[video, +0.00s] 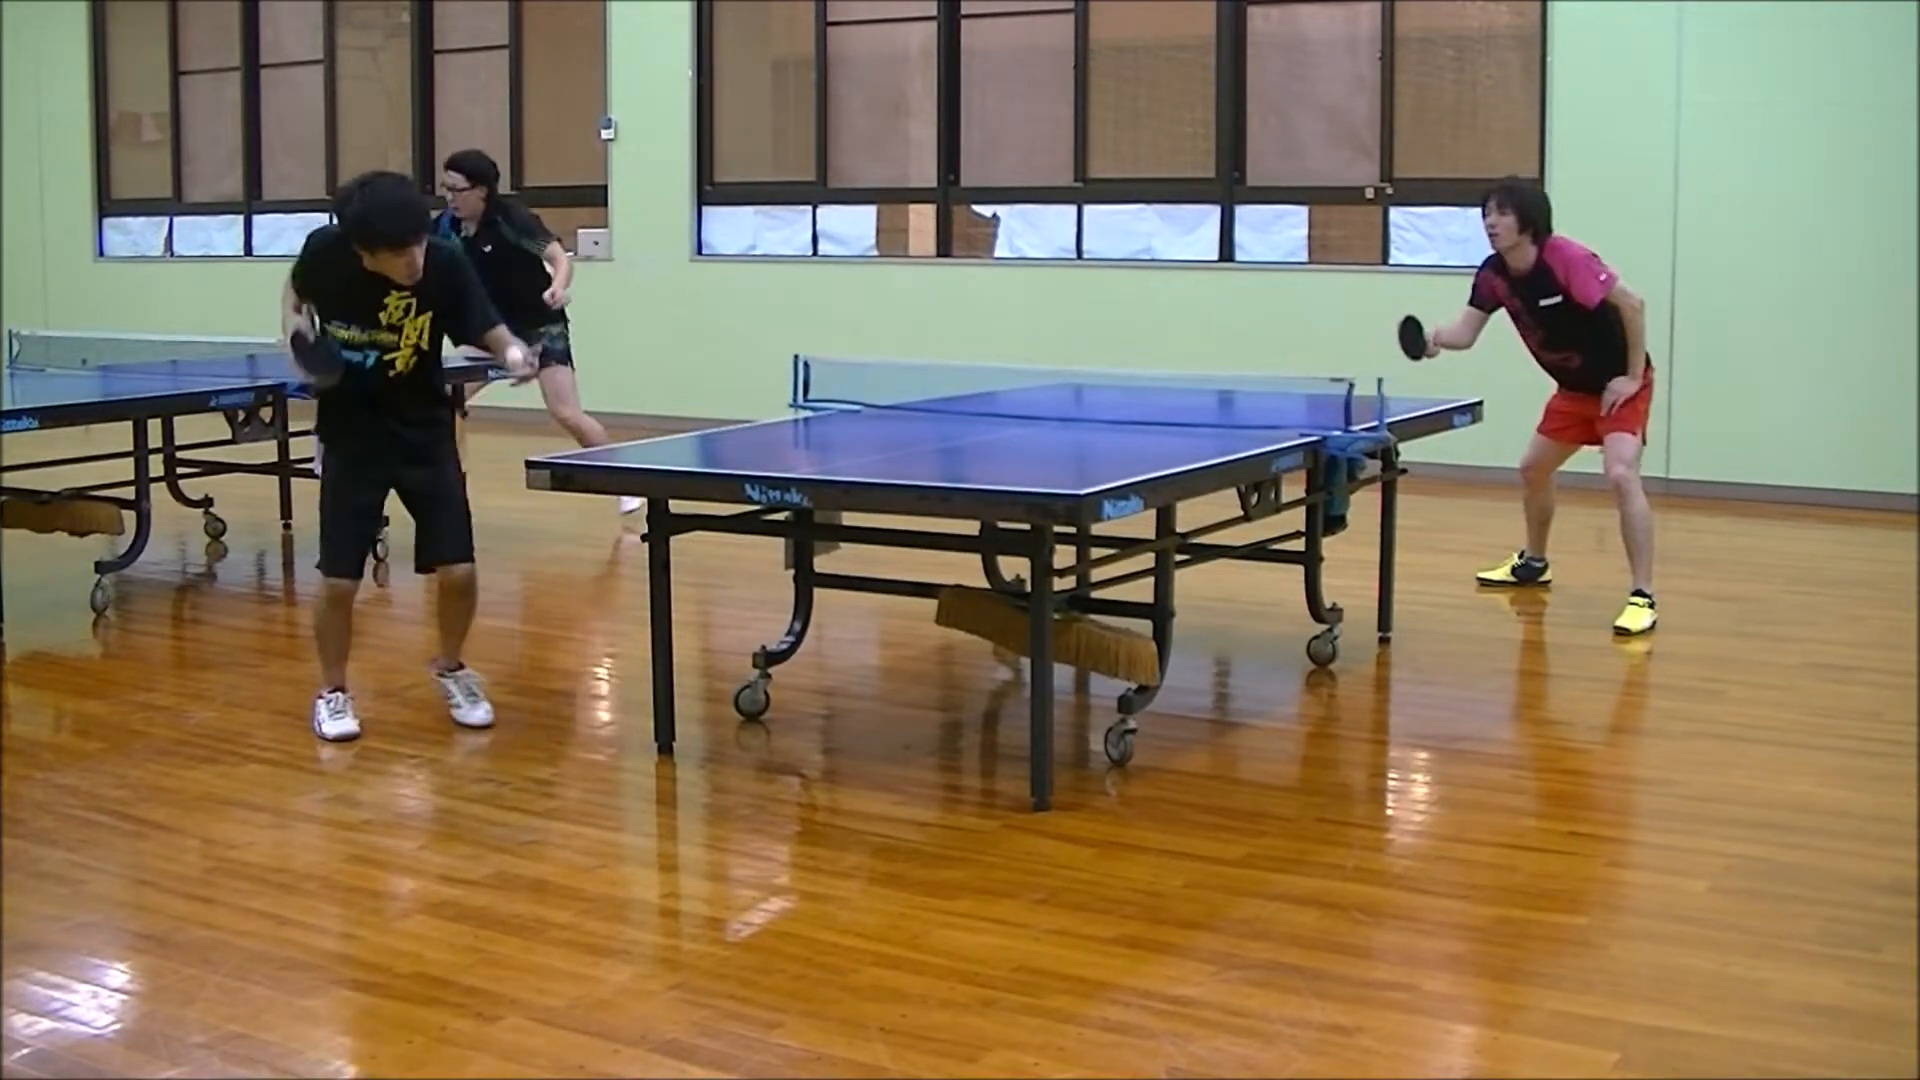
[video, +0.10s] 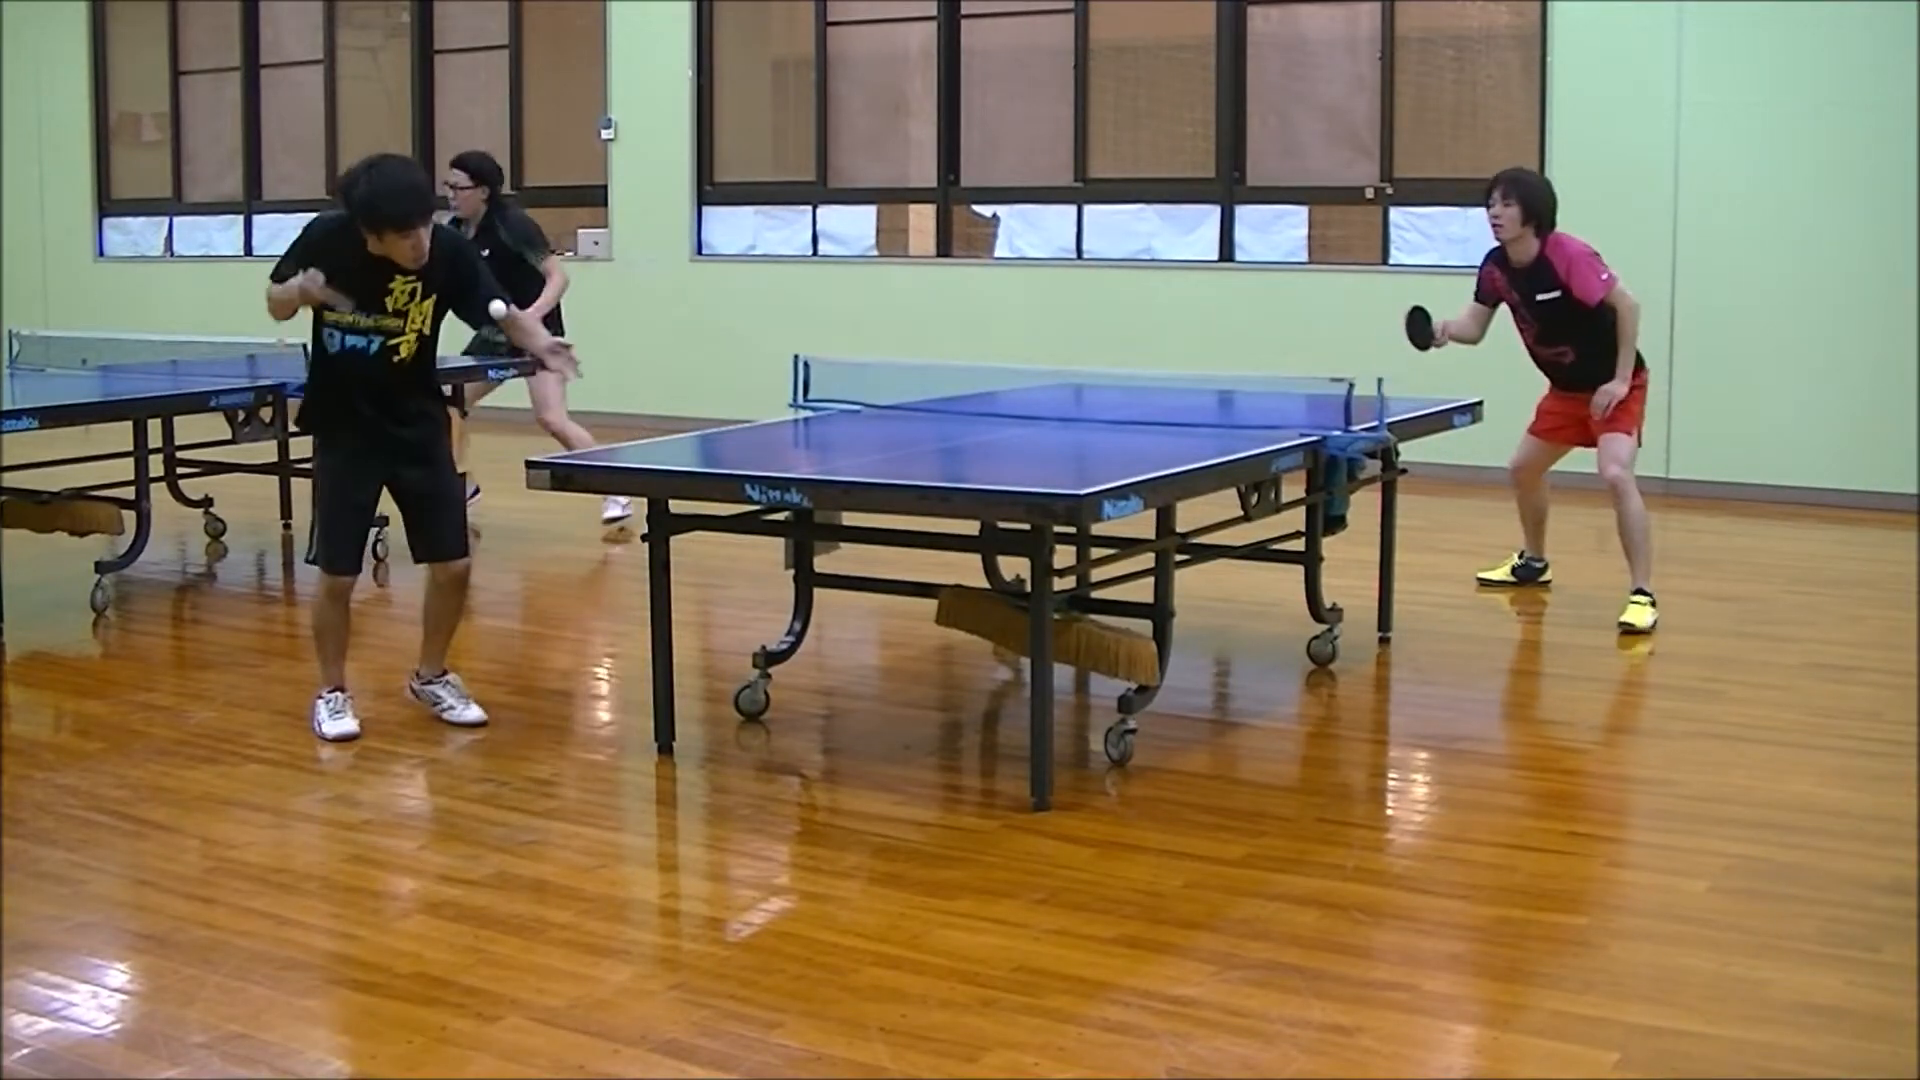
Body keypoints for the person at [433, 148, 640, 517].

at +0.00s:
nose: (449, 196)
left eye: (457, 189)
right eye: (446, 188)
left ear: (483, 190)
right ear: (446, 188)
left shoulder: (511, 216)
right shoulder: (445, 225)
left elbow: (559, 258)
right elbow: (431, 275)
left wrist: (558, 285)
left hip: (541, 322)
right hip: (488, 326)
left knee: (565, 412)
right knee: (442, 402)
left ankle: (625, 482)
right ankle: (446, 495)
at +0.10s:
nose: (452, 194)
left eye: (460, 187)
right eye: (450, 187)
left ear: (485, 190)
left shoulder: (513, 222)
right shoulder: (455, 229)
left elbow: (558, 277)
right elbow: (442, 279)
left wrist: (532, 315)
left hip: (539, 329)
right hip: (493, 331)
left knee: (551, 418)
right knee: (449, 402)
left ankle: (614, 489)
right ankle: (457, 484)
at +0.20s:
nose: (459, 200)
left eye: (468, 195)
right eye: (459, 193)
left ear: (493, 202)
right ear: (460, 195)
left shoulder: (517, 237)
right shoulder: (460, 239)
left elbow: (557, 294)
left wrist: (517, 325)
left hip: (537, 347)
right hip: (494, 349)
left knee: (535, 431)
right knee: (443, 410)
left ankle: (603, 499)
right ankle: (467, 495)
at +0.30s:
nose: (477, 187)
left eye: (486, 181)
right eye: (477, 180)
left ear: (511, 187)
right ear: (482, 185)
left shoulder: (532, 226)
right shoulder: (487, 231)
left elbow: (556, 288)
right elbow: (490, 290)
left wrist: (503, 309)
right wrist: (452, 306)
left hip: (554, 342)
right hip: (516, 343)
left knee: (550, 434)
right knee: (470, 408)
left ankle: (613, 504)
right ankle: (472, 493)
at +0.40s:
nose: (496, 158)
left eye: (505, 151)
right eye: (497, 151)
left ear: (530, 157)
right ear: (511, 157)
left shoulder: (552, 197)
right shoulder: (508, 202)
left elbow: (570, 259)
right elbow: (513, 264)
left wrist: (504, 282)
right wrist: (481, 289)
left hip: (575, 316)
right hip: (537, 317)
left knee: (568, 418)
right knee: (507, 403)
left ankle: (616, 503)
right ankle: (515, 491)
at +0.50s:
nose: (513, 137)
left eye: (523, 131)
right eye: (513, 129)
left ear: (548, 138)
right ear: (520, 136)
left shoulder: (569, 179)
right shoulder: (521, 185)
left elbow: (592, 239)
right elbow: (516, 241)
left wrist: (534, 265)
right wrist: (517, 270)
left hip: (588, 302)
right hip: (553, 302)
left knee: (576, 402)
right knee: (543, 403)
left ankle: (618, 492)